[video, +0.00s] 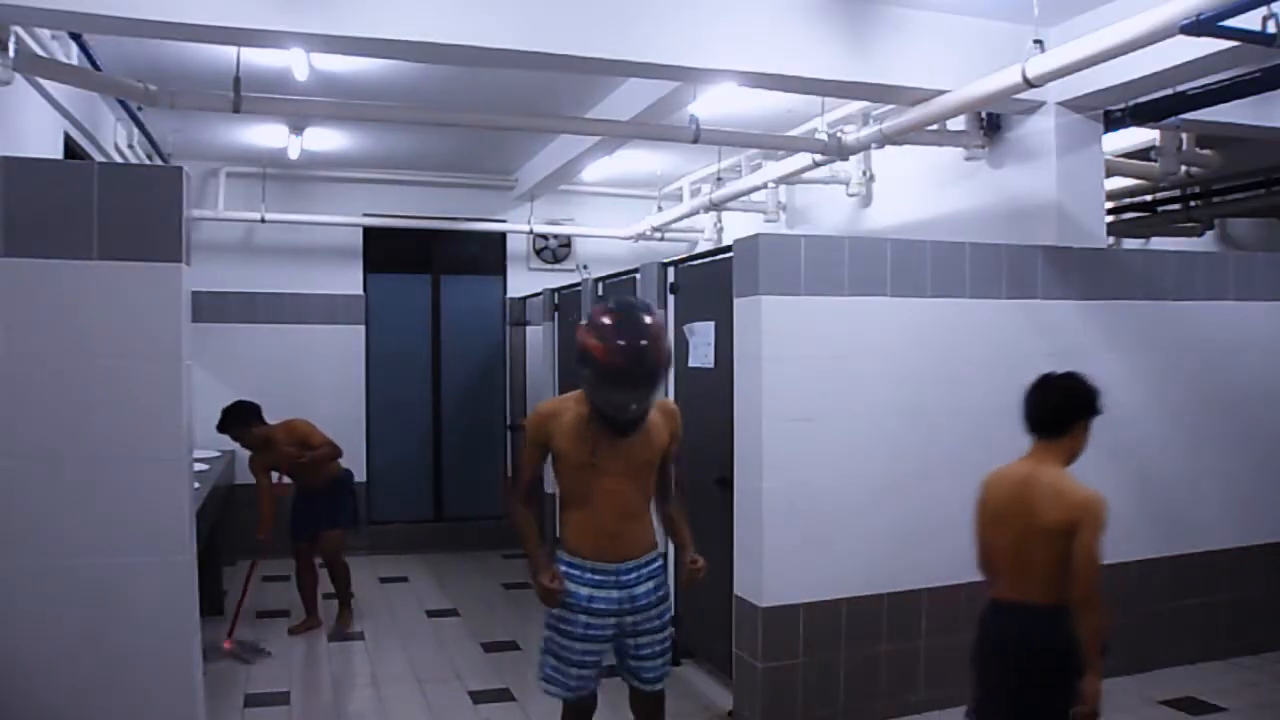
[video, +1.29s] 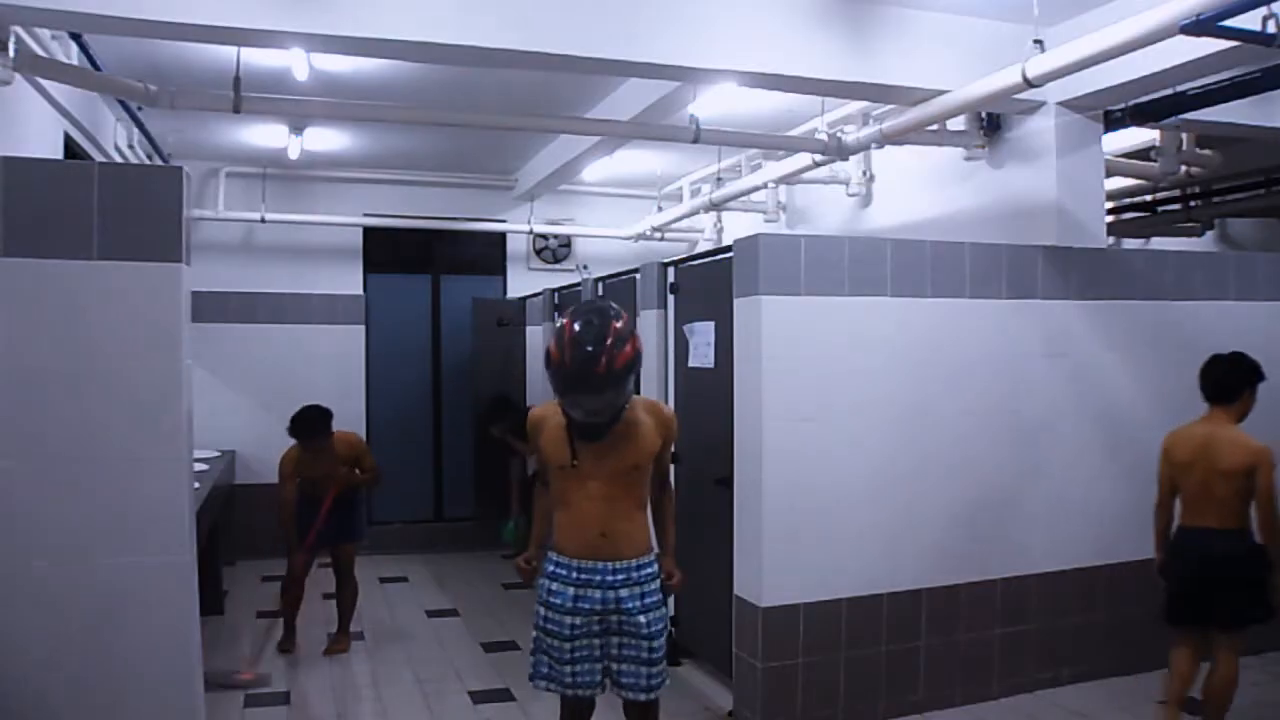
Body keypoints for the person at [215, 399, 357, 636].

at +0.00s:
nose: (240, 445)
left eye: (239, 438)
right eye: (235, 440)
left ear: (253, 427)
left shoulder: (296, 430)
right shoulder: (258, 461)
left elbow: (334, 450)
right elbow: (266, 500)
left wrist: (304, 457)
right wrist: (264, 531)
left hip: (335, 487)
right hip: (306, 492)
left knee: (331, 552)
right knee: (302, 554)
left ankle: (345, 609)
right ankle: (312, 616)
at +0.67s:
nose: (253, 453)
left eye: (253, 447)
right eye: (249, 448)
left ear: (267, 439)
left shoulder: (311, 447)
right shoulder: (271, 464)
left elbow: (340, 483)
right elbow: (273, 502)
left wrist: (298, 489)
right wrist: (261, 536)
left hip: (345, 500)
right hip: (314, 502)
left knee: (340, 568)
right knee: (308, 561)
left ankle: (342, 632)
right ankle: (314, 616)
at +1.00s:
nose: (282, 452)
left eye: (285, 446)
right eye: (280, 447)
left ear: (303, 441)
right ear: (283, 444)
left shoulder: (340, 448)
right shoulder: (283, 468)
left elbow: (362, 484)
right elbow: (276, 513)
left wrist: (326, 490)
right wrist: (265, 553)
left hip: (350, 506)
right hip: (316, 507)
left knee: (344, 568)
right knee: (301, 566)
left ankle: (343, 632)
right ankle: (307, 608)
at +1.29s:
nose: (308, 450)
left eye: (313, 444)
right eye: (304, 445)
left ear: (326, 435)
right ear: (298, 440)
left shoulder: (351, 445)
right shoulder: (292, 461)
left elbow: (373, 476)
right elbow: (287, 507)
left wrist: (352, 480)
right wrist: (293, 547)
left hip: (344, 510)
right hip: (306, 512)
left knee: (344, 571)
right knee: (296, 572)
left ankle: (342, 633)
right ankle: (289, 631)